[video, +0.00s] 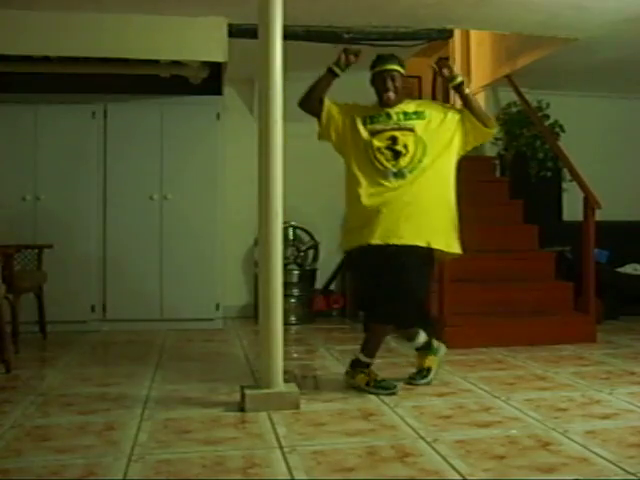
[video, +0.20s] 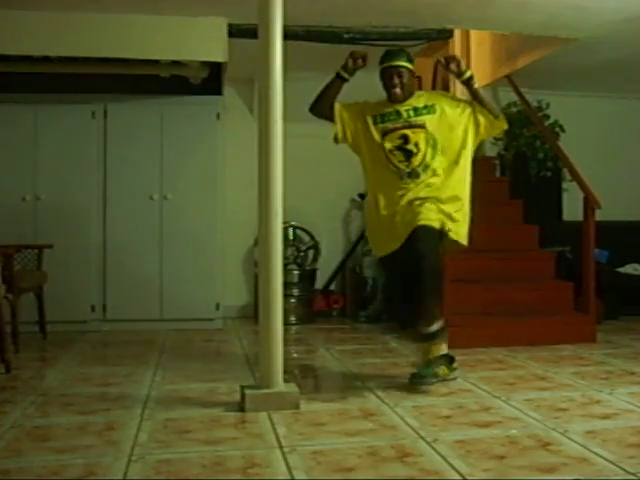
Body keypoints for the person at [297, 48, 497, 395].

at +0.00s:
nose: (387, 84)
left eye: (393, 77)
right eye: (380, 79)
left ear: (406, 81)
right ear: (372, 84)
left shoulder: (437, 116)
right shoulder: (355, 119)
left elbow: (486, 126)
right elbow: (309, 103)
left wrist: (458, 85)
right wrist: (337, 68)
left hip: (416, 223)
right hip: (367, 224)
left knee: (392, 300)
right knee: (376, 301)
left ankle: (361, 366)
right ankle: (427, 347)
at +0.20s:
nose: (394, 80)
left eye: (400, 74)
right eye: (388, 75)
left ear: (414, 78)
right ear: (381, 80)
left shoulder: (439, 106)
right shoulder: (367, 115)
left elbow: (493, 122)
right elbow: (321, 109)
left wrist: (467, 81)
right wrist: (344, 74)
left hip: (431, 199)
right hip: (389, 209)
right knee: (403, 290)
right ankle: (438, 357)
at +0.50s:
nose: (395, 76)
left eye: (401, 70)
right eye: (388, 71)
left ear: (414, 71)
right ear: (381, 75)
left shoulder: (444, 97)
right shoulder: (369, 111)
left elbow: (494, 105)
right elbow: (322, 108)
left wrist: (465, 66)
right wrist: (344, 72)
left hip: (452, 208)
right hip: (407, 216)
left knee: (468, 279)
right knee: (427, 293)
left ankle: (482, 306)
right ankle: (444, 355)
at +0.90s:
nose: (389, 80)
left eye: (394, 72)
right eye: (383, 76)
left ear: (408, 68)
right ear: (379, 77)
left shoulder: (440, 98)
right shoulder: (378, 105)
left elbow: (469, 128)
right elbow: (350, 101)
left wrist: (461, 85)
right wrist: (368, 58)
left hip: (442, 206)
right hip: (396, 211)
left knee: (442, 283)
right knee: (401, 290)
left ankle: (437, 342)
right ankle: (435, 352)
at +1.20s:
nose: (390, 84)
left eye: (395, 78)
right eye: (384, 79)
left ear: (403, 82)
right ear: (375, 83)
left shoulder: (417, 117)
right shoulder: (364, 115)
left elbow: (434, 166)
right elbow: (337, 108)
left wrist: (444, 133)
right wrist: (363, 75)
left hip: (419, 217)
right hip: (383, 216)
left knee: (418, 294)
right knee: (398, 294)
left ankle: (360, 333)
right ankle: (425, 348)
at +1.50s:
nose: (383, 78)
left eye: (389, 72)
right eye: (377, 71)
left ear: (395, 76)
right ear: (367, 73)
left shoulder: (402, 112)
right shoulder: (350, 105)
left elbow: (423, 163)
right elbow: (324, 156)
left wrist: (435, 122)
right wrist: (336, 110)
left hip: (392, 207)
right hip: (360, 203)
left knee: (368, 277)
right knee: (379, 267)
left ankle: (339, 344)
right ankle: (388, 342)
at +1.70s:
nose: (374, 80)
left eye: (381, 74)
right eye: (368, 74)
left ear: (389, 76)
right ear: (357, 75)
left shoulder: (406, 113)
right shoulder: (341, 110)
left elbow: (444, 139)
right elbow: (323, 156)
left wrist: (434, 99)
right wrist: (323, 177)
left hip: (389, 209)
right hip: (352, 206)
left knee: (369, 280)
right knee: (354, 275)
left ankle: (337, 345)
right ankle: (352, 346)